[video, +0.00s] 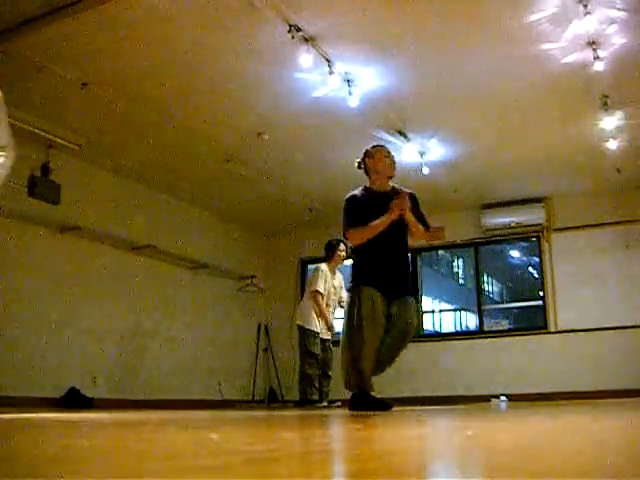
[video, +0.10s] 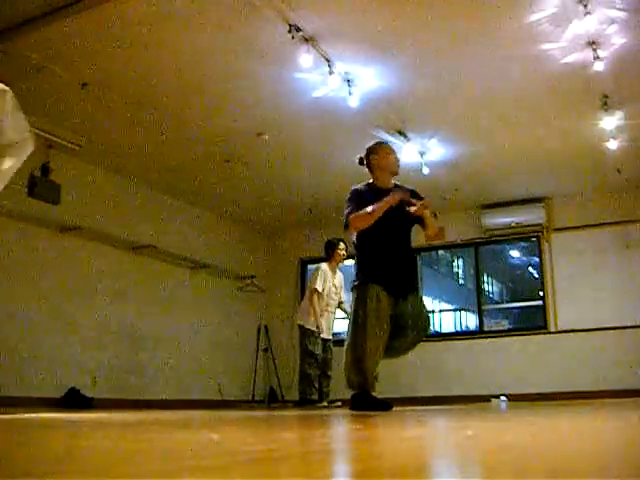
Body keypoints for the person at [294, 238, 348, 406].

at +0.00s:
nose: (343, 255)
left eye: (344, 251)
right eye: (340, 251)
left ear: (344, 255)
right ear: (331, 252)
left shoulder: (338, 276)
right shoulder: (320, 270)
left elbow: (343, 299)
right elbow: (316, 295)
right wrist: (328, 321)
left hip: (326, 318)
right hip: (310, 317)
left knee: (326, 358)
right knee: (312, 357)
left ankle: (323, 395)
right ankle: (309, 396)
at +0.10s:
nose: (343, 253)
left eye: (344, 250)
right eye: (340, 250)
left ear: (343, 254)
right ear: (331, 252)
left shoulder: (339, 276)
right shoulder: (321, 270)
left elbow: (340, 300)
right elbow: (313, 295)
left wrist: (349, 312)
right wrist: (318, 321)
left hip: (326, 321)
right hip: (311, 320)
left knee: (326, 360)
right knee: (312, 359)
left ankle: (324, 395)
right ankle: (308, 396)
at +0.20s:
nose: (344, 253)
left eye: (345, 250)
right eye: (341, 250)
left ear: (345, 254)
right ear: (332, 252)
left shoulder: (340, 275)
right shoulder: (322, 269)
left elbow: (335, 297)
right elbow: (307, 285)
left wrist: (344, 307)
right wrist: (304, 307)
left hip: (328, 320)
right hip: (314, 318)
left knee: (328, 359)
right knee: (316, 356)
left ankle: (324, 395)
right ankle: (309, 395)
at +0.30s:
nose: (346, 254)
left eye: (347, 250)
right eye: (342, 250)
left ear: (347, 254)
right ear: (333, 253)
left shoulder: (341, 274)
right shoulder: (325, 269)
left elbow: (334, 293)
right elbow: (303, 277)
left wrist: (344, 301)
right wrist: (296, 300)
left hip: (327, 320)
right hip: (313, 317)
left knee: (327, 356)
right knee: (324, 354)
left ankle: (322, 395)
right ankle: (314, 395)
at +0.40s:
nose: (346, 253)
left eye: (347, 250)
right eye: (342, 250)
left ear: (349, 254)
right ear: (334, 253)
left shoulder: (341, 275)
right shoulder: (327, 268)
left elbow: (334, 297)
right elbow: (304, 279)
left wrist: (349, 299)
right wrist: (294, 303)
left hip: (326, 320)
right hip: (315, 317)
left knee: (325, 357)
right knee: (327, 354)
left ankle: (319, 396)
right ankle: (320, 396)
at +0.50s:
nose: (344, 253)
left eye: (346, 251)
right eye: (340, 250)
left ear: (347, 255)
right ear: (332, 253)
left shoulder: (342, 280)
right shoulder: (322, 269)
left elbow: (338, 304)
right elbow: (306, 291)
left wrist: (351, 292)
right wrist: (298, 313)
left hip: (329, 324)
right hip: (315, 320)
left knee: (338, 356)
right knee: (329, 356)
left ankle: (323, 395)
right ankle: (321, 397)